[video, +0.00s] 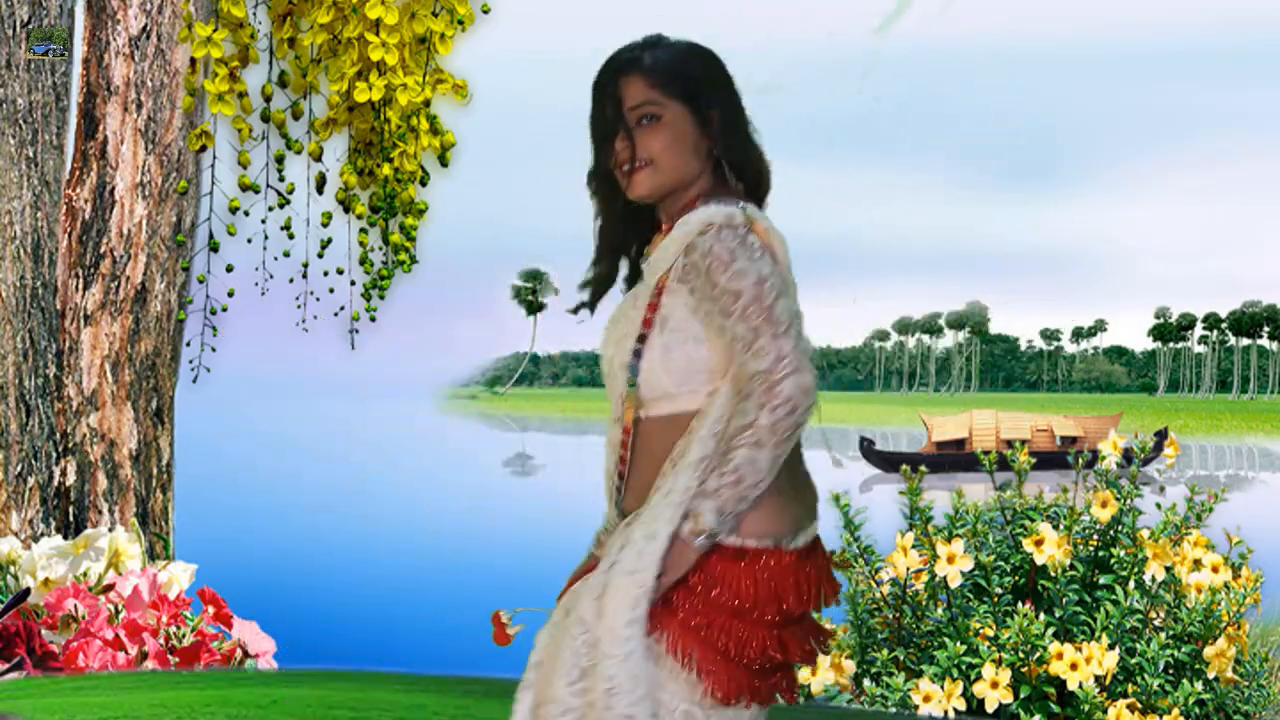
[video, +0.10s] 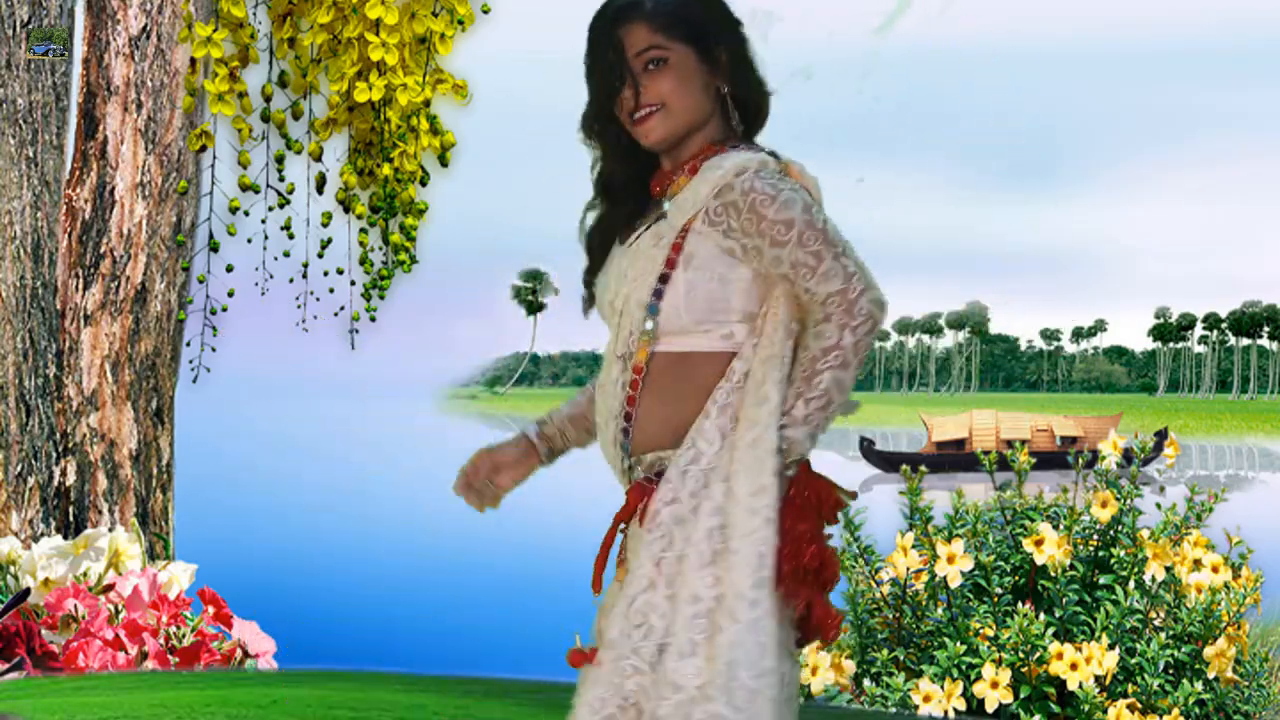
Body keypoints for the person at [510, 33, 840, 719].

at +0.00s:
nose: (623, 143)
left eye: (648, 119)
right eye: (615, 129)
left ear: (710, 127)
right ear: (610, 148)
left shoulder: (719, 235)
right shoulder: (668, 248)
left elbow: (785, 384)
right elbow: (670, 417)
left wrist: (692, 529)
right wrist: (618, 536)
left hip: (733, 562)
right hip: (676, 553)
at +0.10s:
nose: (633, 90)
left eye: (655, 62)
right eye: (619, 78)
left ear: (718, 68)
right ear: (610, 101)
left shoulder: (746, 182)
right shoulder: (649, 214)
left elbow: (853, 307)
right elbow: (635, 372)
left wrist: (782, 449)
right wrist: (535, 444)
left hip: (721, 491)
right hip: (652, 500)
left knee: (687, 694)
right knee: (640, 693)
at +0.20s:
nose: (637, 92)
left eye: (659, 62)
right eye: (623, 80)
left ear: (722, 66)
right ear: (615, 104)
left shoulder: (758, 191)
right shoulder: (641, 218)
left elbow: (876, 309)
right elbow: (595, 331)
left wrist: (814, 445)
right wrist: (483, 380)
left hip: (736, 502)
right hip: (653, 508)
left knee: (712, 698)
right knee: (675, 699)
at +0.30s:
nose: (636, 117)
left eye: (654, 85)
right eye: (621, 104)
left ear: (716, 78)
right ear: (612, 124)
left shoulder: (782, 211)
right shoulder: (635, 227)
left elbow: (850, 389)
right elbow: (543, 327)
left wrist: (820, 533)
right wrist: (462, 297)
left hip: (750, 523)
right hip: (656, 524)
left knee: (747, 706)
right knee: (646, 703)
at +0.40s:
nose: (626, 143)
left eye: (642, 112)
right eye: (611, 131)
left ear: (707, 102)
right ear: (606, 149)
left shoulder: (783, 233)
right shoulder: (622, 245)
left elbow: (828, 430)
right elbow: (510, 339)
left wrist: (832, 605)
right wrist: (493, 244)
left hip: (751, 549)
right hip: (661, 552)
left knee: (647, 704)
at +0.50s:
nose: (615, 132)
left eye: (633, 103)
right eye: (598, 122)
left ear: (694, 93)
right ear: (590, 141)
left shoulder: (779, 224)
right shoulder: (607, 244)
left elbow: (851, 414)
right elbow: (510, 293)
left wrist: (878, 586)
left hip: (765, 531)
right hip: (659, 541)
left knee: (638, 704)